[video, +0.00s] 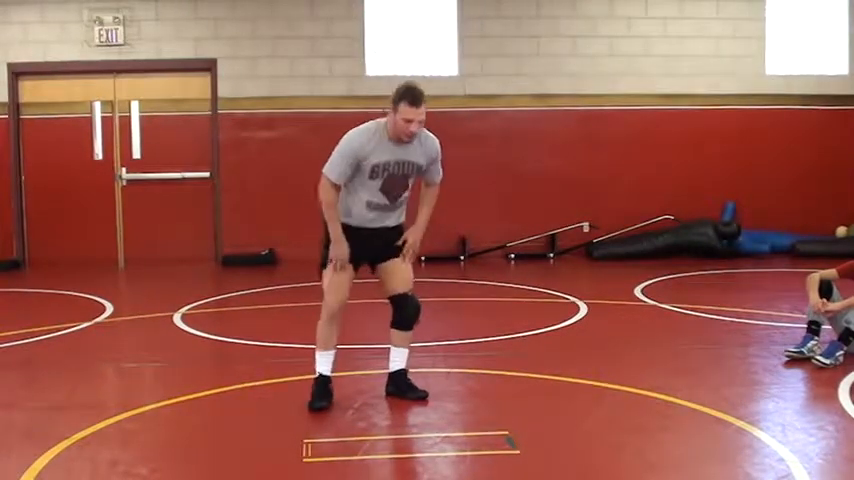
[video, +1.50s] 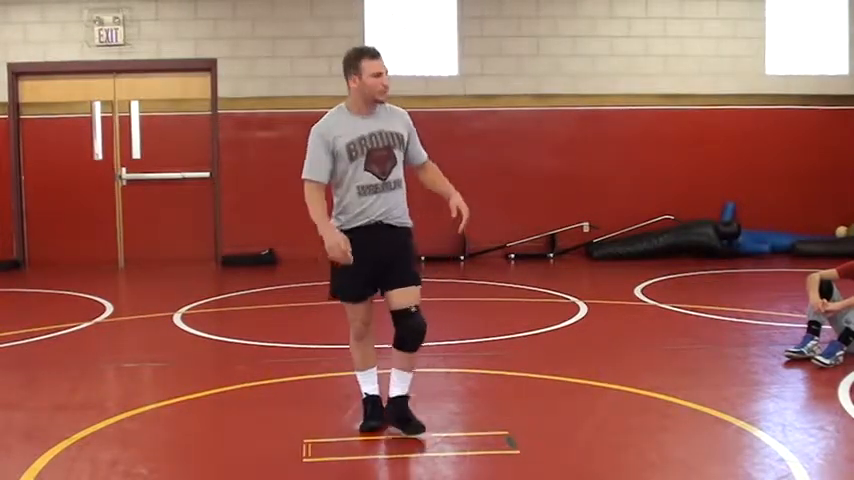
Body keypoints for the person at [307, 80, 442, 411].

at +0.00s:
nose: (413, 128)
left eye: (419, 121)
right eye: (407, 121)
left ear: (425, 117)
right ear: (390, 114)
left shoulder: (428, 146)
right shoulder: (358, 141)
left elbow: (431, 185)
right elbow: (327, 186)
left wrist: (420, 227)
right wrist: (337, 240)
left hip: (390, 231)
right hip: (347, 230)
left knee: (406, 305)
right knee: (332, 306)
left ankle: (397, 377)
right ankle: (322, 380)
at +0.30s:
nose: (417, 113)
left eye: (424, 107)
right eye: (411, 105)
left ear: (431, 104)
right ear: (398, 99)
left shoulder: (438, 138)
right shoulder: (367, 129)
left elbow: (440, 189)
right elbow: (342, 176)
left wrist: (436, 238)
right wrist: (343, 227)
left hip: (405, 229)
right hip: (362, 226)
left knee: (411, 309)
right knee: (345, 304)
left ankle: (398, 378)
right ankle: (327, 380)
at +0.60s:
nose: (407, 101)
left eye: (414, 93)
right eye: (400, 93)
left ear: (424, 91)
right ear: (389, 89)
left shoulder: (439, 131)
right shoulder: (364, 125)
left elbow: (448, 183)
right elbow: (344, 175)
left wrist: (445, 228)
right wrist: (341, 224)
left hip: (411, 228)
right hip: (368, 226)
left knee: (409, 310)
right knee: (362, 306)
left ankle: (398, 378)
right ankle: (356, 386)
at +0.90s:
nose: (388, 100)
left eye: (395, 93)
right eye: (381, 94)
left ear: (406, 89)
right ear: (371, 90)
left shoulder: (427, 127)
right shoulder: (351, 131)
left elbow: (442, 180)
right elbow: (333, 184)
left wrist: (449, 232)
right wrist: (326, 237)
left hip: (411, 231)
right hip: (367, 232)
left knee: (409, 315)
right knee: (371, 318)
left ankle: (397, 375)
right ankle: (374, 397)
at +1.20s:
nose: (381, 90)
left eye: (385, 83)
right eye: (373, 84)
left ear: (388, 82)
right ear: (354, 86)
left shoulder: (408, 119)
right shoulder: (332, 133)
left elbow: (430, 170)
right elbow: (318, 191)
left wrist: (448, 219)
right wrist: (311, 249)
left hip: (402, 230)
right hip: (357, 235)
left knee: (427, 320)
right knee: (364, 322)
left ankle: (402, 366)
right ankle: (372, 401)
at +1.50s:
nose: (386, 81)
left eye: (385, 74)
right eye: (377, 75)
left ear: (384, 78)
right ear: (353, 81)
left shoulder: (400, 119)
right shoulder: (327, 130)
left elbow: (422, 165)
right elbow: (313, 188)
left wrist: (451, 192)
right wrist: (327, 229)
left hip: (396, 231)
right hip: (351, 235)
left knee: (410, 325)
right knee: (360, 325)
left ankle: (398, 403)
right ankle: (371, 402)